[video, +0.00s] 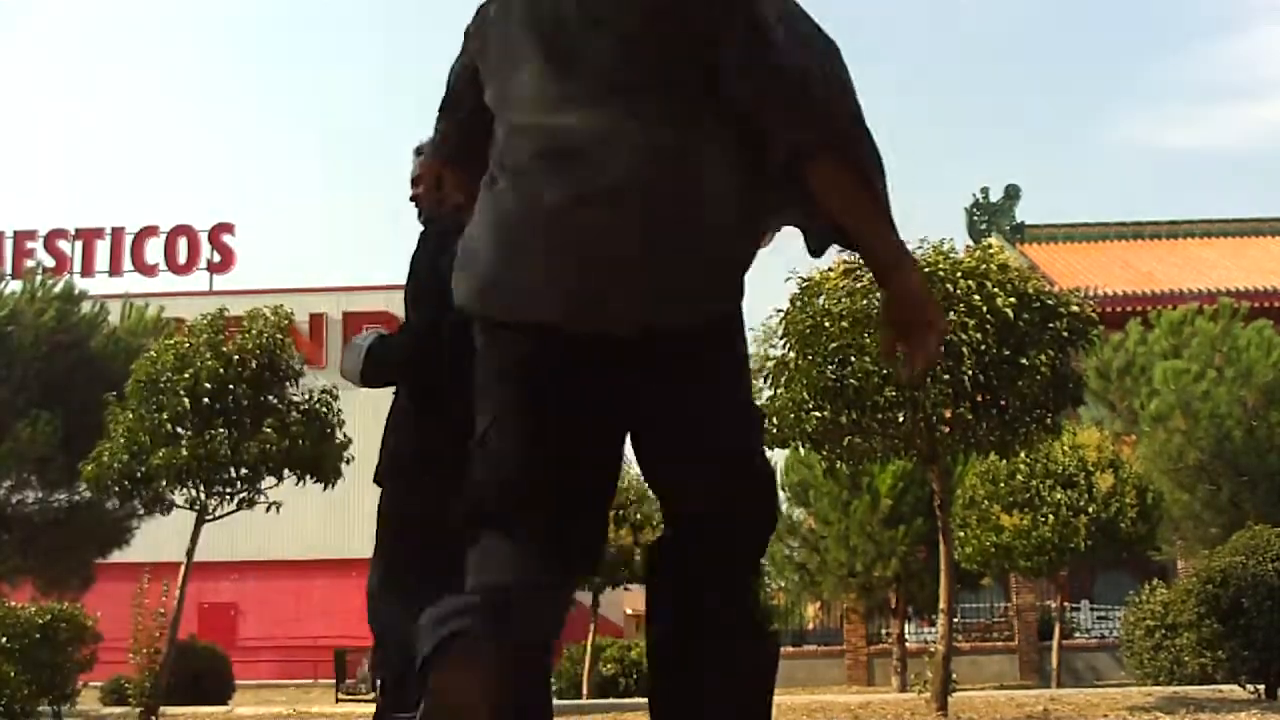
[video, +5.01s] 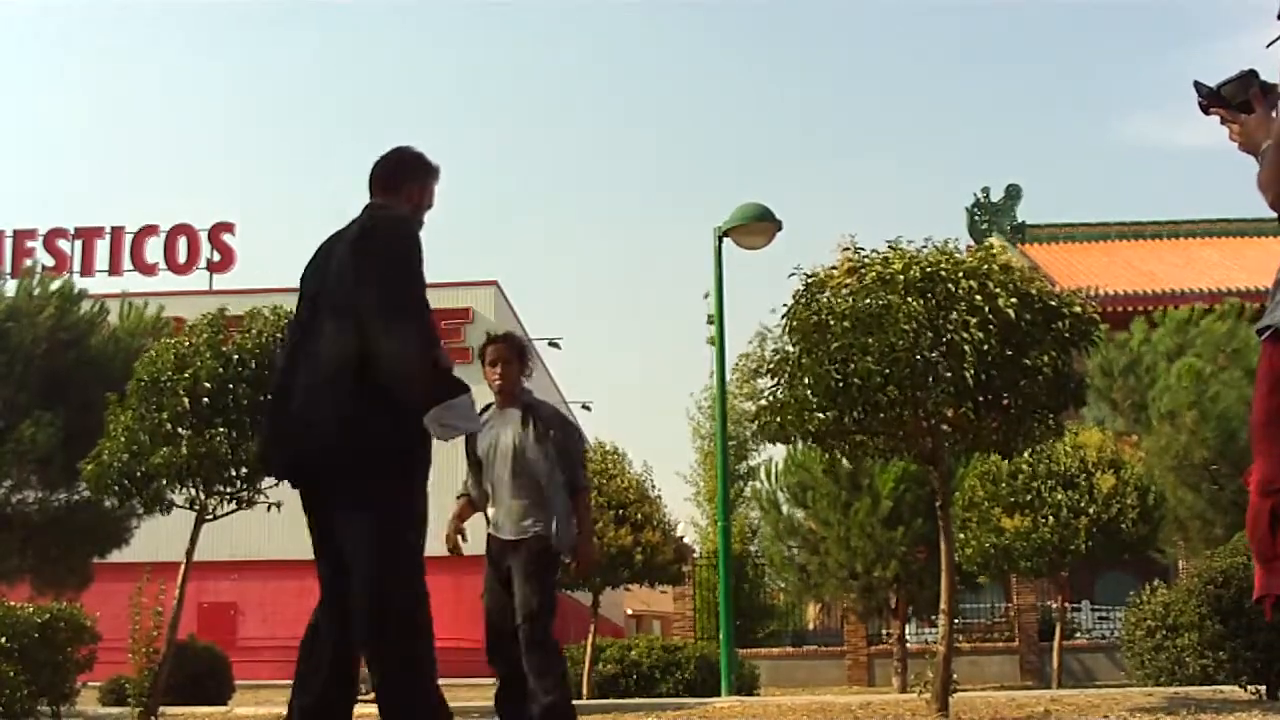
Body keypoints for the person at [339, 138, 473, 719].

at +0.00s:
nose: (420, 196)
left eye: (431, 183)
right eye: (418, 184)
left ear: (461, 186)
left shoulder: (445, 244)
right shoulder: (482, 243)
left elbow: (430, 347)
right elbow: (453, 344)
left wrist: (370, 354)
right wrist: (393, 343)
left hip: (426, 459)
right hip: (465, 450)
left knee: (399, 591)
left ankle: (402, 699)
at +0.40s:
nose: (371, 180)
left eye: (368, 171)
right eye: (377, 170)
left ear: (372, 170)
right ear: (425, 168)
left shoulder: (371, 237)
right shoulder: (481, 249)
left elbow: (345, 350)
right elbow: (487, 351)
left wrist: (295, 366)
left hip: (385, 456)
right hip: (462, 454)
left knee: (393, 625)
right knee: (470, 619)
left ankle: (393, 716)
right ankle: (495, 717)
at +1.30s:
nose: (459, 189)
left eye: (457, 180)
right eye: (461, 180)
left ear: (402, 178)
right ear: (455, 179)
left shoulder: (354, 243)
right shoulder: (485, 256)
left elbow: (327, 365)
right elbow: (528, 379)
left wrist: (381, 361)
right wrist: (518, 453)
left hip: (378, 459)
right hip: (464, 458)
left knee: (381, 624)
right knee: (488, 624)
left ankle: (381, 713)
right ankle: (491, 712)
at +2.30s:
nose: (365, 206)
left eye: (360, 199)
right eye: (389, 196)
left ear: (358, 196)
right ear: (412, 192)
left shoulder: (354, 244)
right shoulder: (461, 258)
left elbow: (324, 362)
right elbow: (487, 353)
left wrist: (285, 377)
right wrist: (439, 394)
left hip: (378, 465)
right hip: (461, 465)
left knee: (379, 637)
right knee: (479, 634)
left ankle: (390, 715)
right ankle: (492, 716)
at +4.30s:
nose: (347, 205)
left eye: (327, 195)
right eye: (363, 196)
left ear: (316, 195)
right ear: (371, 196)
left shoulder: (289, 258)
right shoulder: (407, 254)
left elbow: (262, 354)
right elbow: (472, 343)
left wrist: (319, 381)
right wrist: (516, 418)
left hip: (326, 459)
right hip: (408, 454)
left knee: (340, 606)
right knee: (424, 603)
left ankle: (357, 709)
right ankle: (441, 708)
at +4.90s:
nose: (407, 211)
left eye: (409, 201)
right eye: (406, 199)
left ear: (354, 190)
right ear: (387, 192)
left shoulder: (300, 260)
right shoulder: (380, 241)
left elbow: (286, 364)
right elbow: (405, 346)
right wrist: (460, 408)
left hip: (308, 453)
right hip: (377, 450)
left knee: (331, 606)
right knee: (399, 606)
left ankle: (306, 712)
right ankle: (418, 713)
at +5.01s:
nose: (426, 213)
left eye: (428, 202)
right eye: (425, 201)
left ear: (377, 187)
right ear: (407, 190)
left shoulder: (330, 250)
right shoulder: (392, 237)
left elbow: (305, 353)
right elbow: (402, 340)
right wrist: (449, 401)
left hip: (324, 448)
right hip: (380, 449)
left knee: (340, 597)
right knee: (396, 596)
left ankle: (314, 710)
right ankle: (417, 710)